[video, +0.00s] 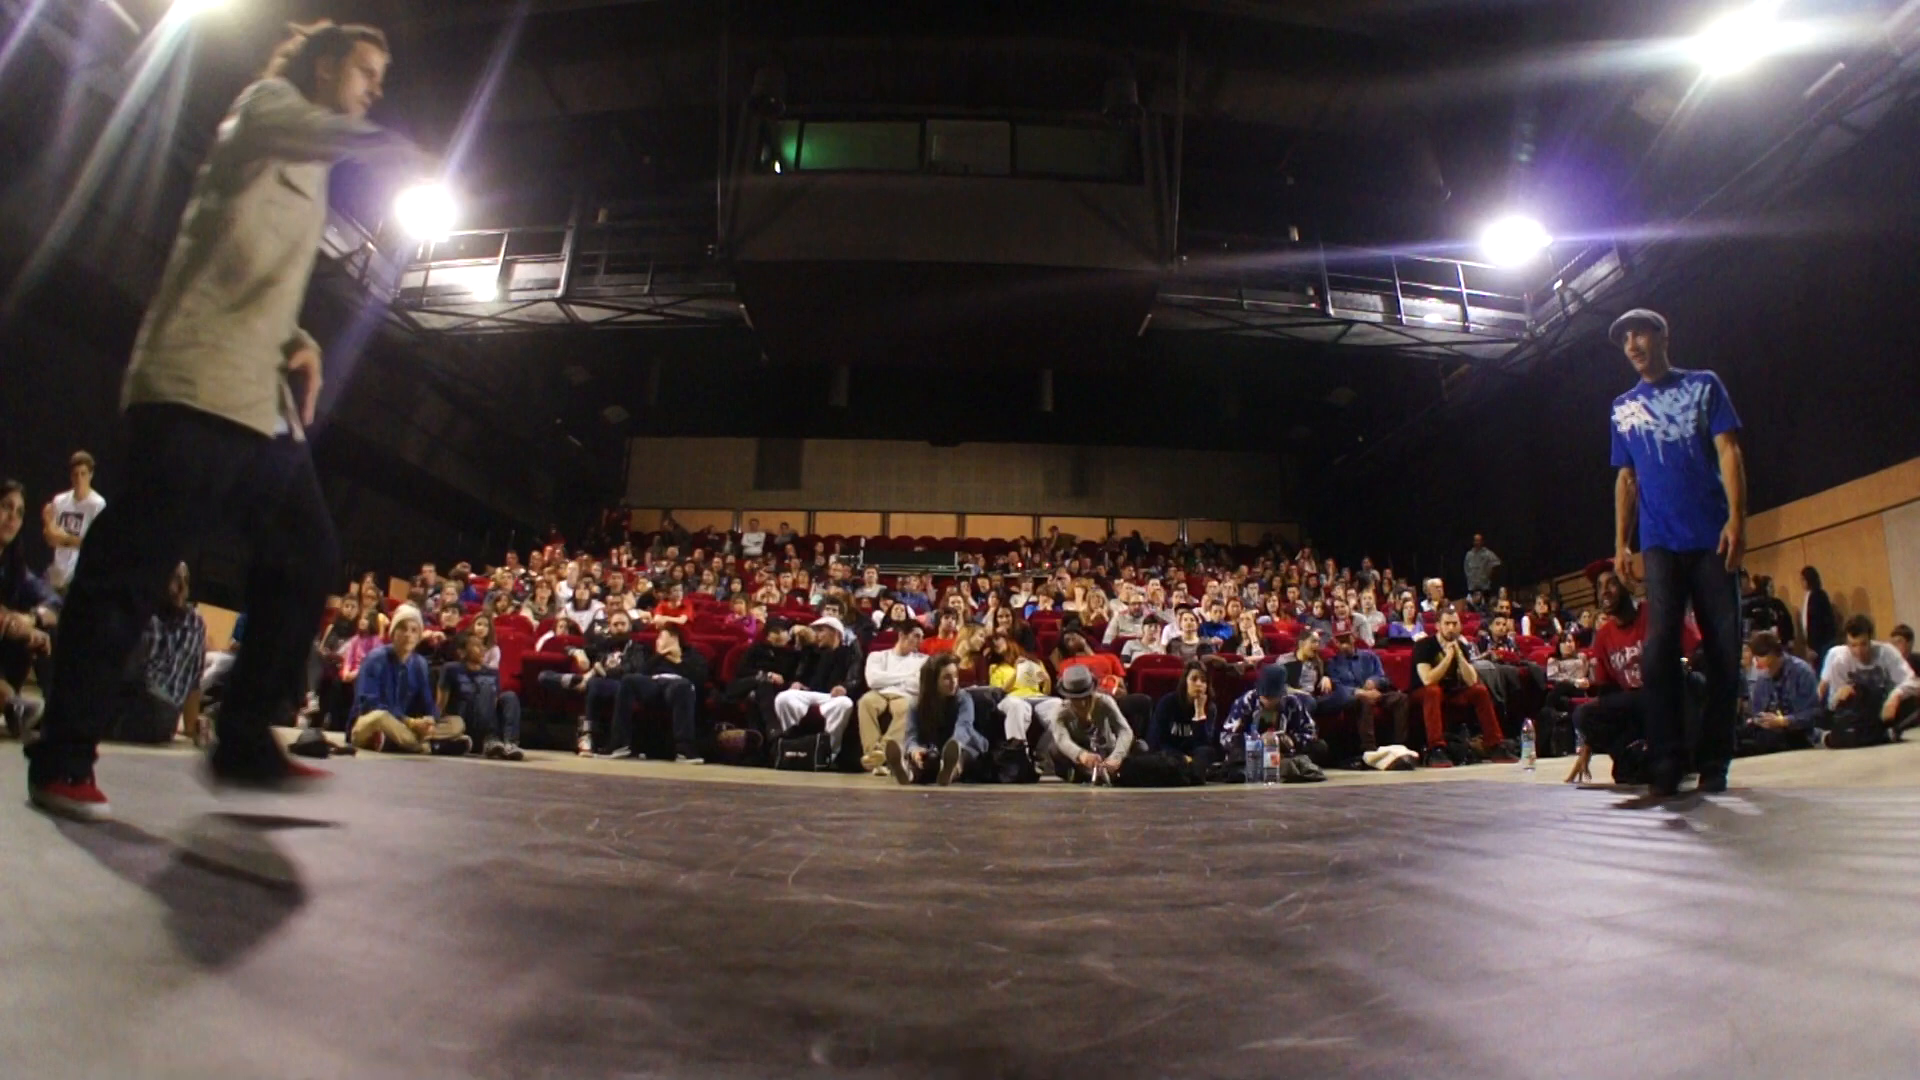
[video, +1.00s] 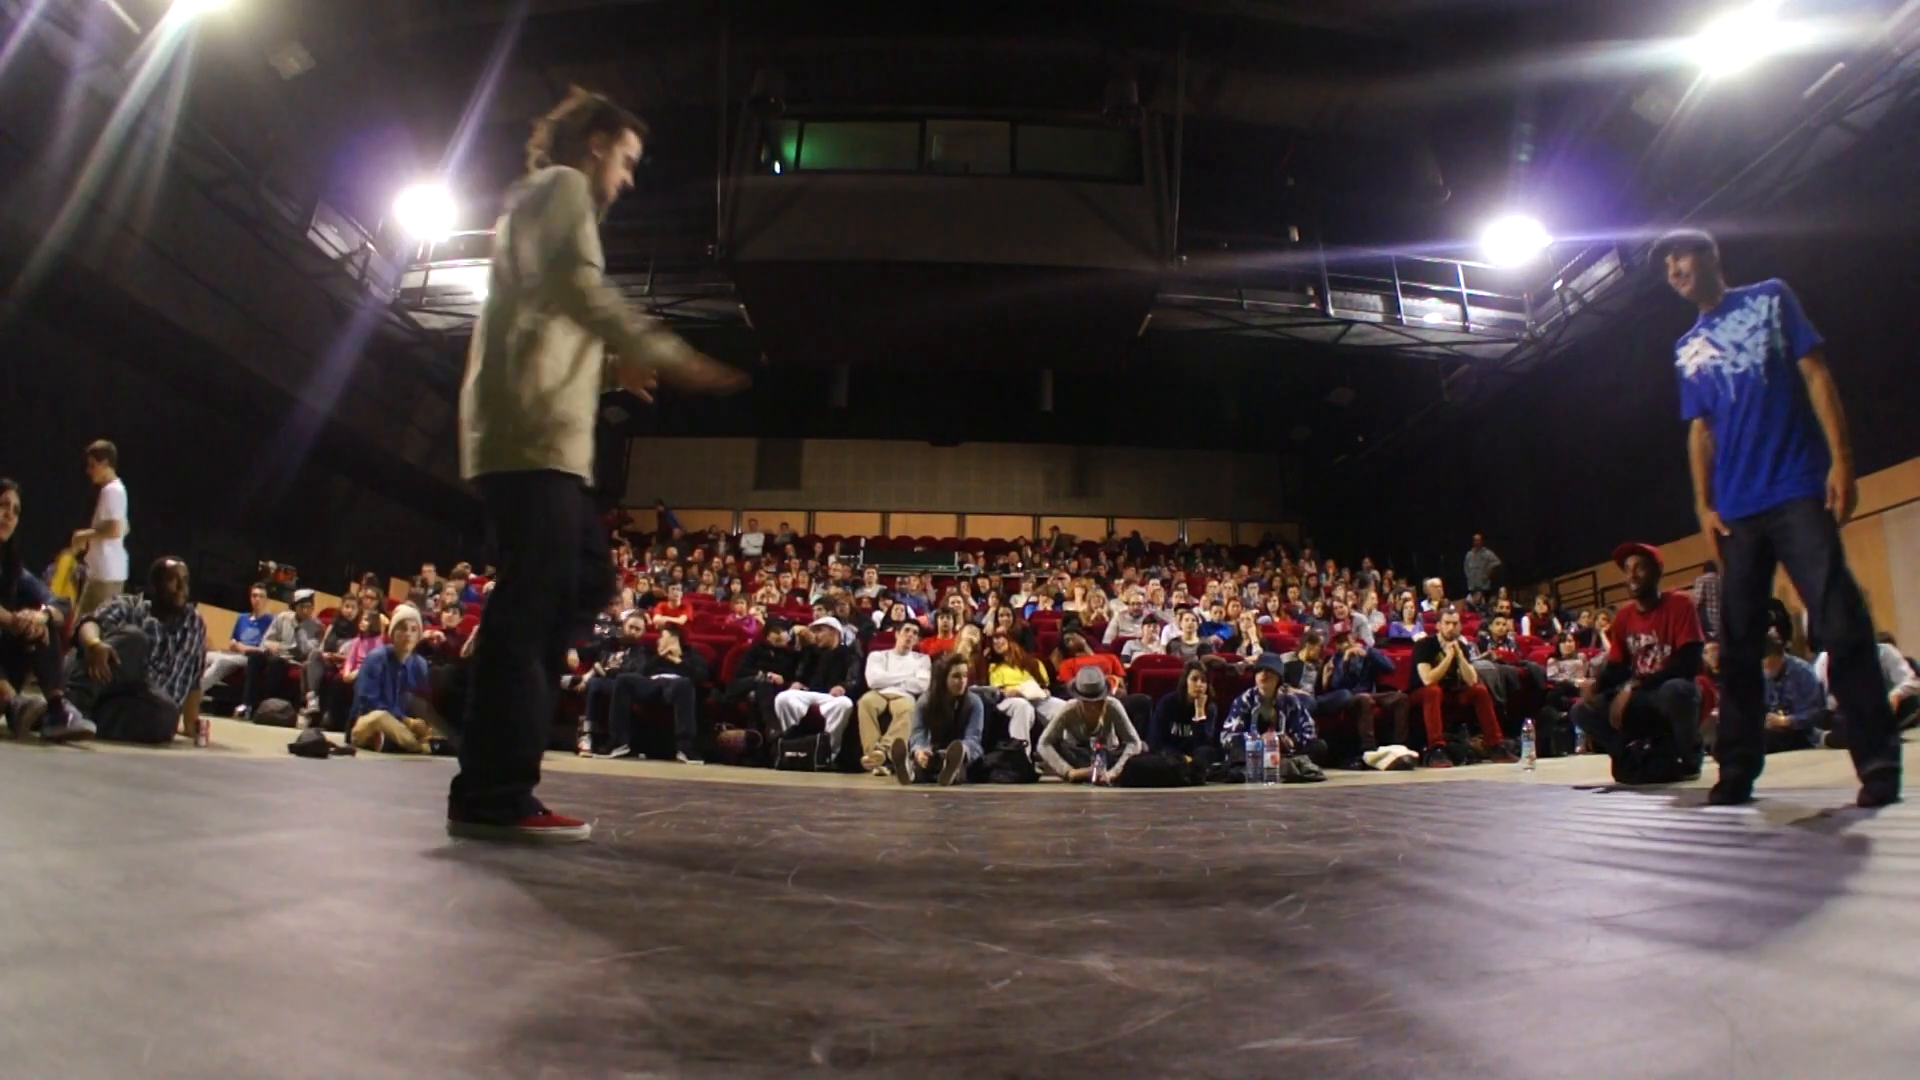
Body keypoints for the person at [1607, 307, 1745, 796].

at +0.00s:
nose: (1634, 345)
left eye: (1642, 335)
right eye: (1627, 340)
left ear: (1663, 338)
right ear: (1624, 350)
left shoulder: (1703, 385)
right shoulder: (1623, 408)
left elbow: (1729, 450)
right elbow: (1626, 478)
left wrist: (1735, 517)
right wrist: (1622, 541)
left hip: (1710, 536)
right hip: (1659, 541)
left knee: (1725, 652)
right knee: (1658, 649)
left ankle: (1714, 765)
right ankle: (1663, 768)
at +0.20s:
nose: (1643, 334)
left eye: (1650, 324)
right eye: (1635, 329)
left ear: (1672, 327)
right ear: (1631, 340)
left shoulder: (1715, 374)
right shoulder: (1630, 399)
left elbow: (1743, 445)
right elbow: (1633, 473)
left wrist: (1748, 515)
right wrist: (1633, 539)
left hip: (1723, 530)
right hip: (1672, 538)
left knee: (1729, 645)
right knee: (1694, 643)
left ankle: (1720, 763)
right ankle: (1708, 769)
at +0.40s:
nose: (1644, 315)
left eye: (1651, 304)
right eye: (1634, 311)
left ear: (1673, 307)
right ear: (1631, 325)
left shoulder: (1722, 352)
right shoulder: (1635, 388)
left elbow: (1756, 425)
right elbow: (1641, 464)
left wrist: (1772, 503)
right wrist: (1644, 533)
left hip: (1742, 517)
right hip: (1685, 526)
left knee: (1742, 643)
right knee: (1709, 643)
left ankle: (1733, 766)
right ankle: (1725, 771)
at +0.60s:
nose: (1645, 298)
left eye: (1652, 285)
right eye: (1637, 293)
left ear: (1676, 287)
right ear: (1636, 307)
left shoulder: (1733, 338)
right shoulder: (1641, 373)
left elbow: (1774, 406)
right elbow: (1648, 452)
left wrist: (1805, 482)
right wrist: (1656, 526)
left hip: (1757, 506)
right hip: (1693, 520)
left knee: (1786, 625)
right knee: (1712, 644)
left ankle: (1795, 756)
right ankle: (1731, 771)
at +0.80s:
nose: (1657, 285)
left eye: (1665, 272)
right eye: (1649, 280)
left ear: (1691, 275)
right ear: (1648, 295)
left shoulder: (1749, 322)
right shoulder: (1655, 363)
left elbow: (1789, 396)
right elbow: (1663, 442)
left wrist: (1824, 473)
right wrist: (1668, 505)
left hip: (1771, 498)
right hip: (1705, 513)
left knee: (1820, 614)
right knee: (1718, 641)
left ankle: (1877, 745)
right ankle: (1732, 771)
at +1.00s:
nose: (1676, 270)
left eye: (1684, 257)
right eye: (1669, 264)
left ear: (1712, 258)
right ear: (1669, 278)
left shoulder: (1771, 298)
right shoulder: (1688, 348)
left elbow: (1816, 374)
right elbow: (1699, 429)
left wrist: (1841, 460)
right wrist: (1703, 502)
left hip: (1796, 491)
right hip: (1735, 507)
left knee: (1840, 623)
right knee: (1737, 642)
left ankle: (1878, 768)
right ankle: (1735, 774)